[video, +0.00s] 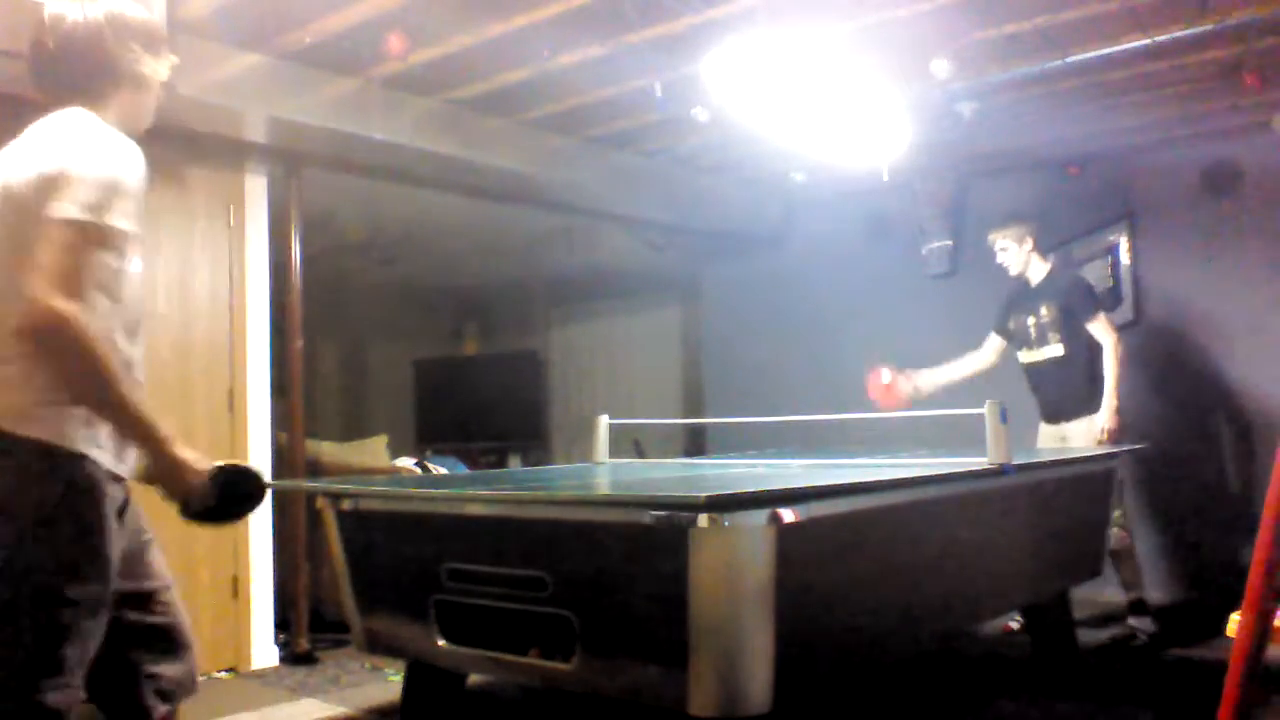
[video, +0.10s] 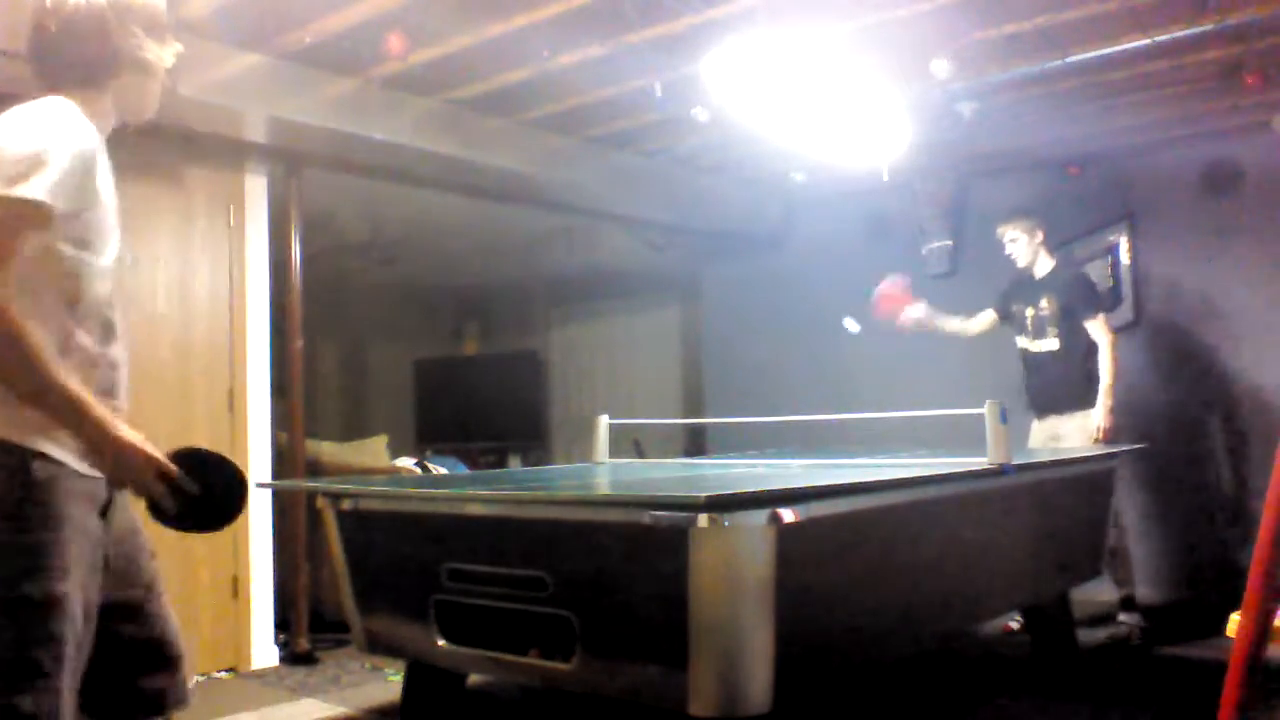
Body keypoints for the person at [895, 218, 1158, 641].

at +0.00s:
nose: (1000, 260)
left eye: (1005, 250)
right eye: (996, 253)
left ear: (1030, 243)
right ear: (1004, 254)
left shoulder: (1068, 286)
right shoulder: (1014, 302)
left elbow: (1112, 342)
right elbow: (985, 357)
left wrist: (1110, 409)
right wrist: (922, 380)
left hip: (1091, 422)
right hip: (1051, 428)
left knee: (1107, 519)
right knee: (1046, 520)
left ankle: (1138, 608)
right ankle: (1038, 609)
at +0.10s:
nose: (1009, 251)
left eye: (1014, 241)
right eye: (1005, 244)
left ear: (1039, 236)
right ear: (1010, 247)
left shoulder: (1071, 281)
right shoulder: (1015, 289)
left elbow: (1105, 340)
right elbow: (973, 326)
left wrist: (1105, 408)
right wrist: (930, 317)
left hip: (1083, 417)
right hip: (1042, 420)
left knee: (1100, 509)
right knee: (1038, 512)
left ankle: (1126, 602)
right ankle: (1035, 606)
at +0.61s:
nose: (1027, 249)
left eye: (1034, 241)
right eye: (1019, 243)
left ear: (1049, 243)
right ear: (1010, 248)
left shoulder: (1074, 294)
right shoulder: (1003, 296)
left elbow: (1092, 361)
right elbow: (978, 339)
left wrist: (1098, 424)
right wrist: (966, 355)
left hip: (1066, 429)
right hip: (1017, 431)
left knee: (1080, 518)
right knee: (1026, 521)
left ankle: (1116, 605)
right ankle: (1032, 610)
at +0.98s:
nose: (973, 260)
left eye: (980, 250)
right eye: (967, 254)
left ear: (1000, 249)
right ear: (963, 258)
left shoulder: (1024, 290)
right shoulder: (974, 306)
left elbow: (1057, 352)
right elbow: (985, 368)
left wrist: (1034, 415)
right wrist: (951, 402)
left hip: (1029, 422)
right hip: (992, 423)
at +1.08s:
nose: (961, 268)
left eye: (967, 258)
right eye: (957, 262)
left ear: (989, 255)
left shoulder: (1019, 295)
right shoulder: (974, 312)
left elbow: (1053, 352)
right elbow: (978, 376)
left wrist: (1028, 414)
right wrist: (937, 409)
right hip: (999, 421)